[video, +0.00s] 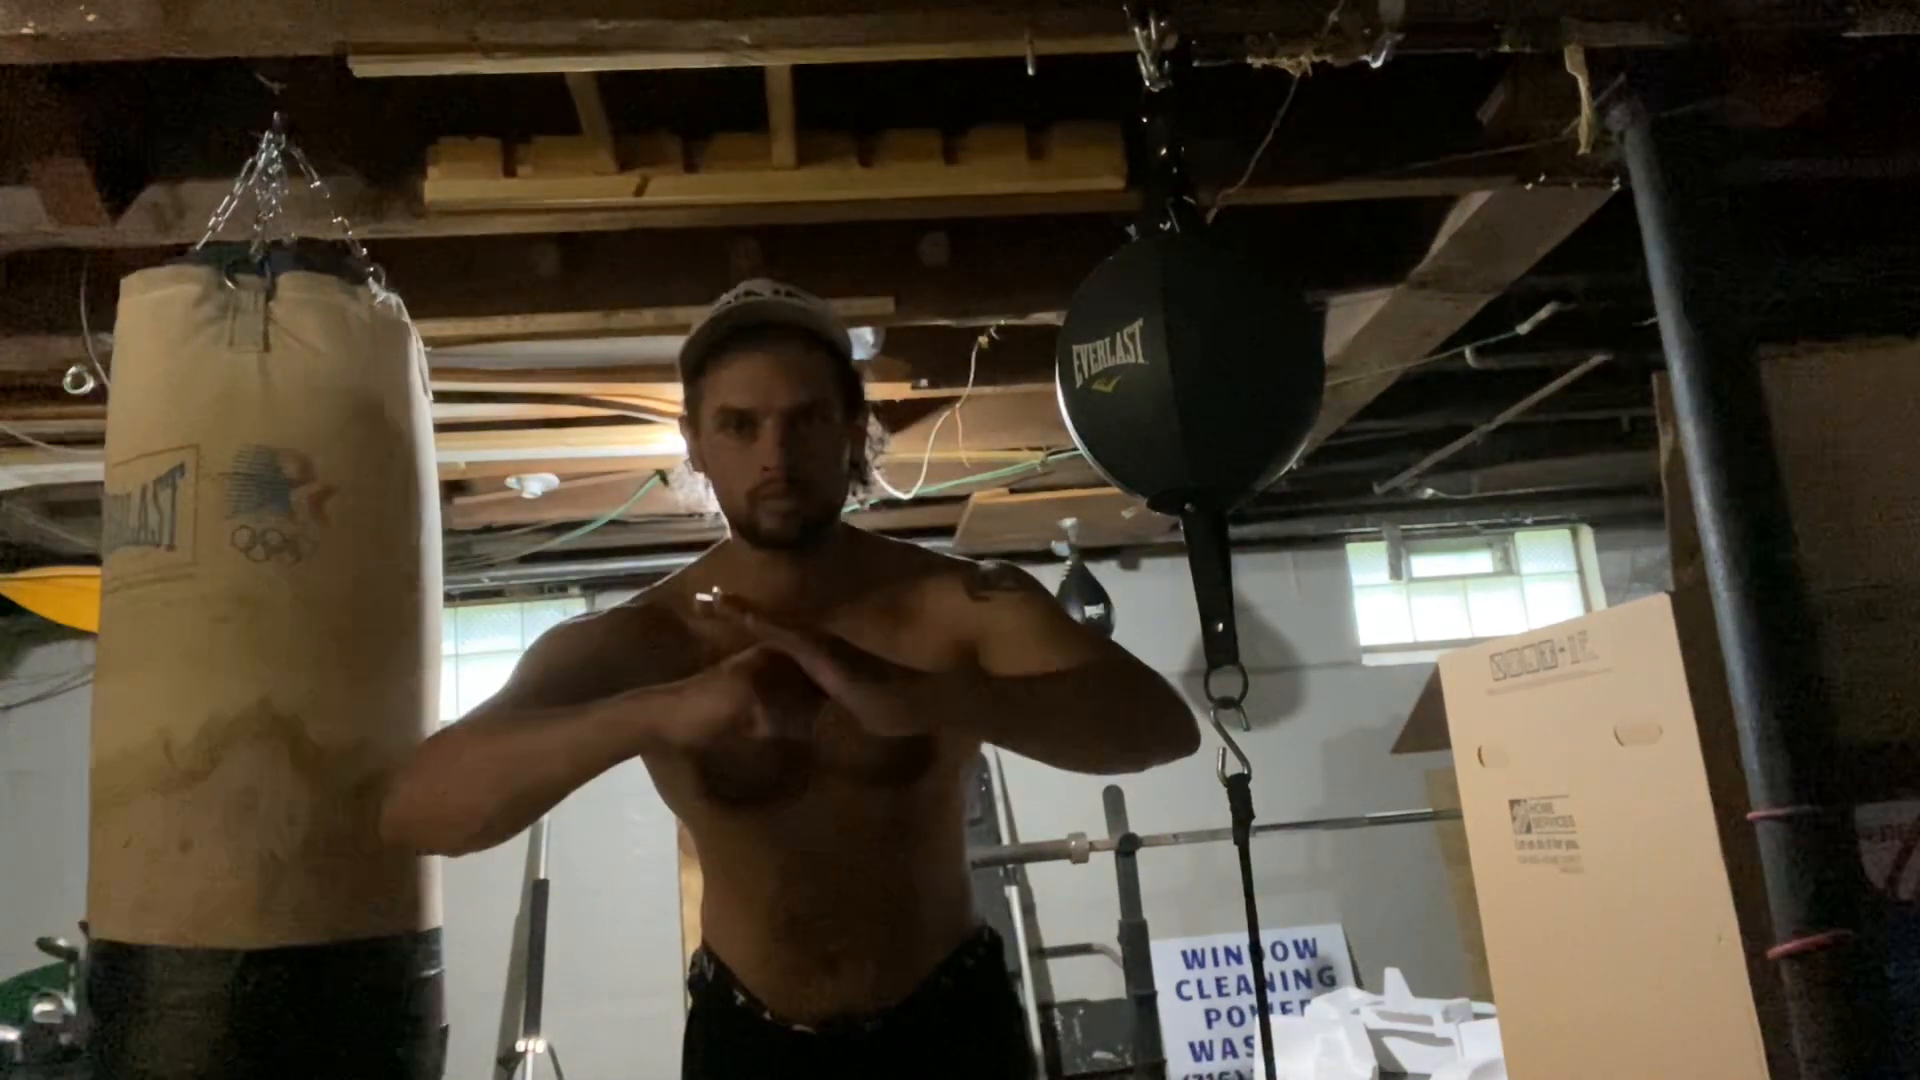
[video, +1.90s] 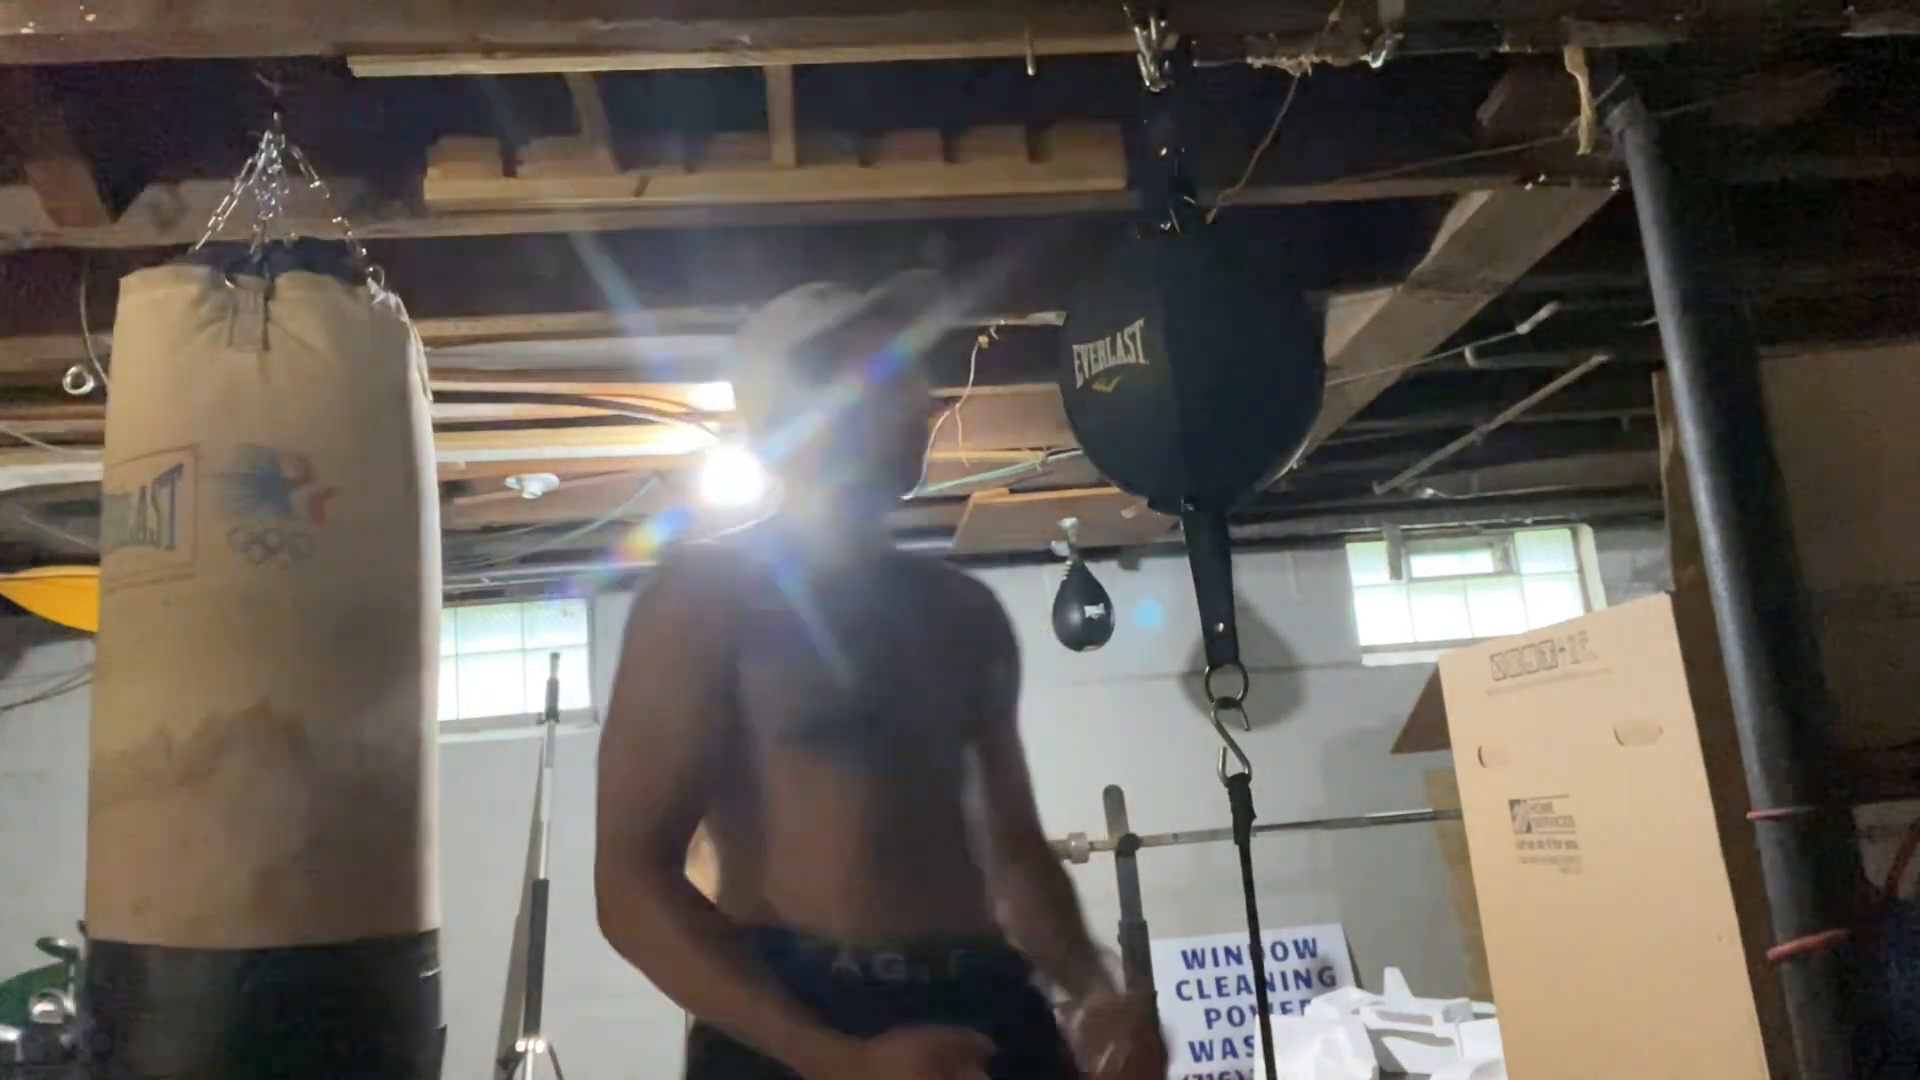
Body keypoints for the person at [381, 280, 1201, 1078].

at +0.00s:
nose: (775, 455)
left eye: (806, 419)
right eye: (739, 426)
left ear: (855, 438)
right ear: (697, 452)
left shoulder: (957, 603)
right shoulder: (635, 644)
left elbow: (1162, 725)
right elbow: (414, 811)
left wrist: (937, 704)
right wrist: (656, 719)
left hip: (948, 1024)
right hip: (748, 1039)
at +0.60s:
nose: (775, 395)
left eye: (806, 371)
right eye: (742, 370)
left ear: (851, 407)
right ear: (698, 409)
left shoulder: (942, 582)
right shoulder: (636, 610)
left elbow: (1126, 763)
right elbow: (509, 851)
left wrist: (942, 703)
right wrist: (703, 726)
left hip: (934, 1008)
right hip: (736, 1025)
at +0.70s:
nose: (786, 393)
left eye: (815, 368)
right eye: (751, 369)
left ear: (858, 407)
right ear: (710, 413)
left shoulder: (949, 588)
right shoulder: (641, 614)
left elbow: (1120, 797)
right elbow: (550, 875)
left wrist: (951, 762)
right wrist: (746, 793)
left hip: (943, 1007)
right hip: (743, 1023)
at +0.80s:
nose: (791, 405)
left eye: (819, 377)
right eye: (759, 377)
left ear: (865, 408)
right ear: (719, 416)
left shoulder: (958, 594)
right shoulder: (649, 621)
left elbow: (1115, 818)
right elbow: (576, 883)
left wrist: (1009, 844)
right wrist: (788, 848)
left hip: (951, 1010)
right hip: (751, 1023)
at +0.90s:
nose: (804, 415)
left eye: (830, 386)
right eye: (776, 387)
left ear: (880, 418)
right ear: (737, 423)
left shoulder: (972, 600)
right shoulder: (665, 627)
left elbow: (1112, 853)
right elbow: (606, 894)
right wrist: (819, 913)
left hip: (958, 1011)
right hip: (767, 1021)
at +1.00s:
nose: (827, 430)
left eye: (853, 402)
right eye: (797, 407)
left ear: (902, 436)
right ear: (755, 441)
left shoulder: (989, 612)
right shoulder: (686, 636)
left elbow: (1093, 879)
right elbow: (662, 920)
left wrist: (1084, 1054)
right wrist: (858, 997)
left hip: (998, 1031)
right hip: (794, 1044)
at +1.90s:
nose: (926, 404)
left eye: (920, 379)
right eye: (884, 377)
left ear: (924, 405)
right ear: (797, 410)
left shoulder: (966, 612)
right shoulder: (710, 592)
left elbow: (1018, 853)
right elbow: (634, 887)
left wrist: (1099, 992)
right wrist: (834, 1057)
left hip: (988, 1021)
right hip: (792, 1028)